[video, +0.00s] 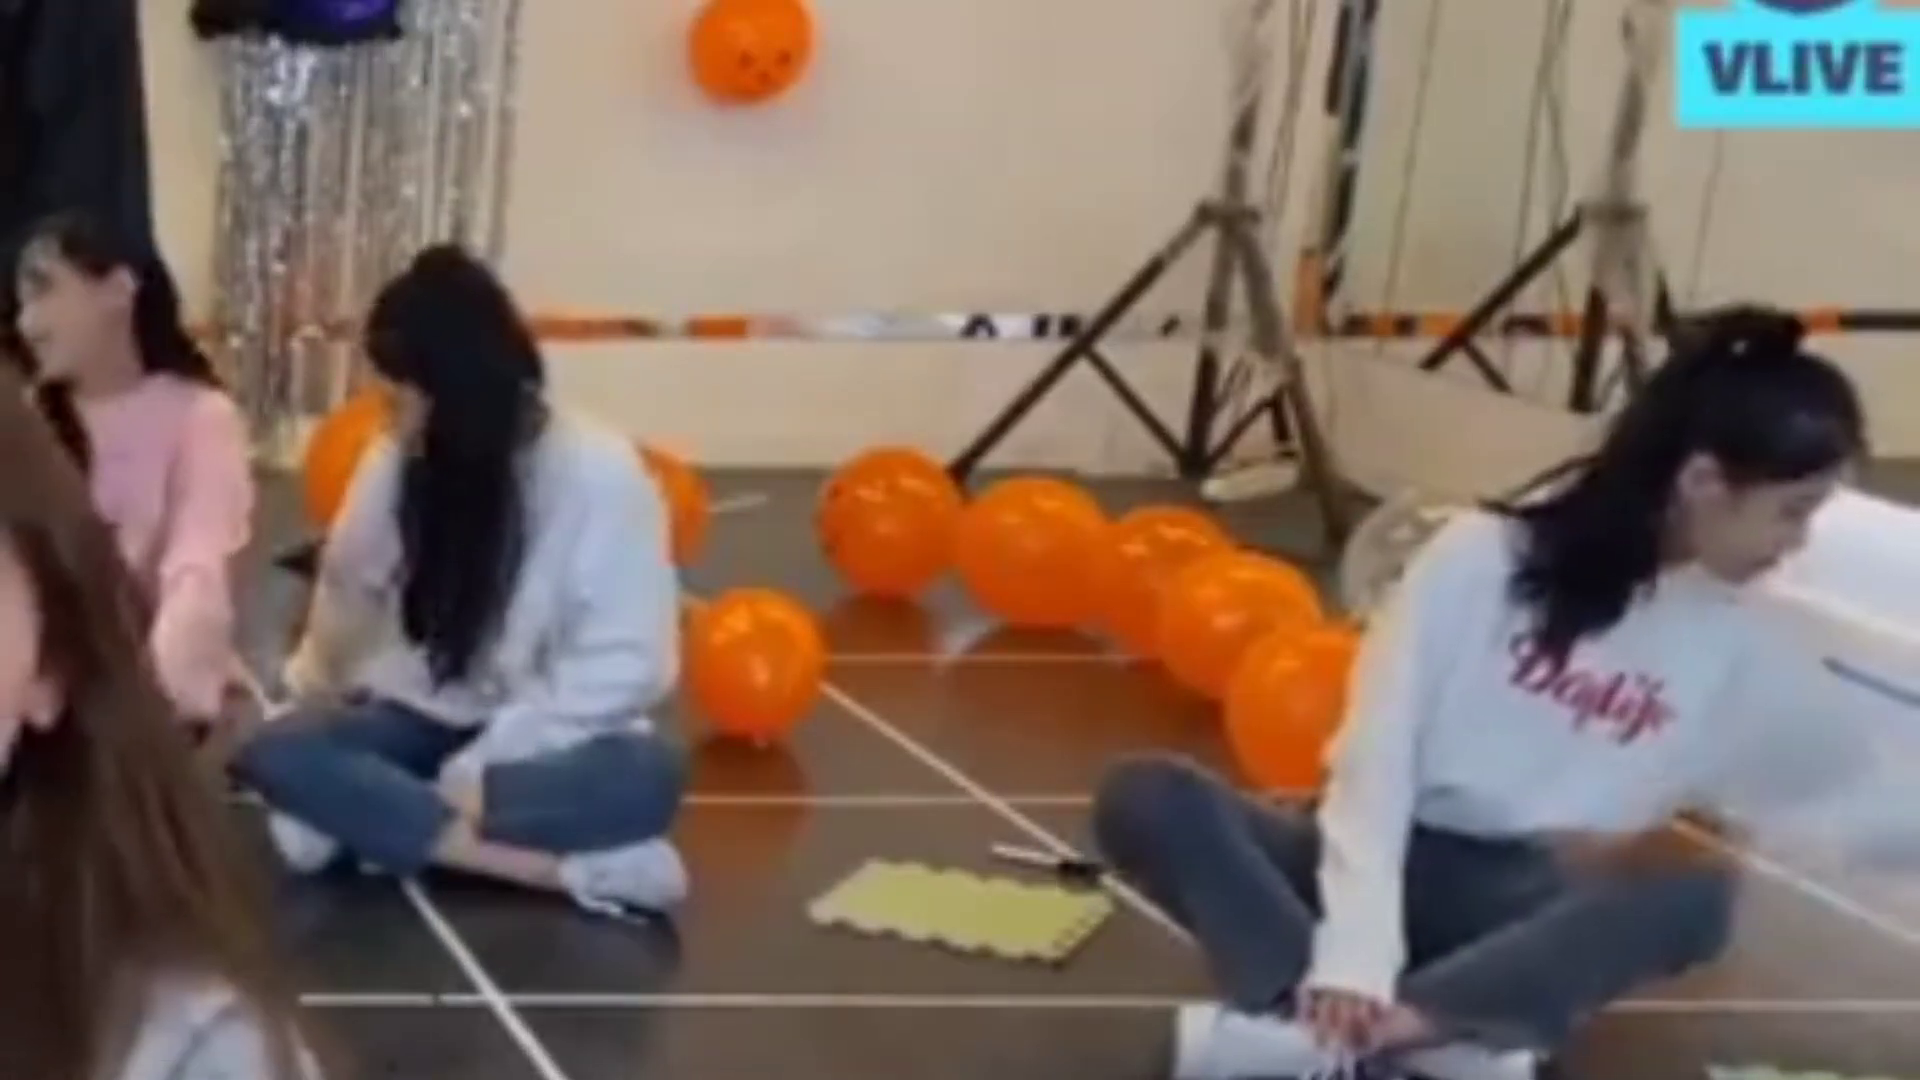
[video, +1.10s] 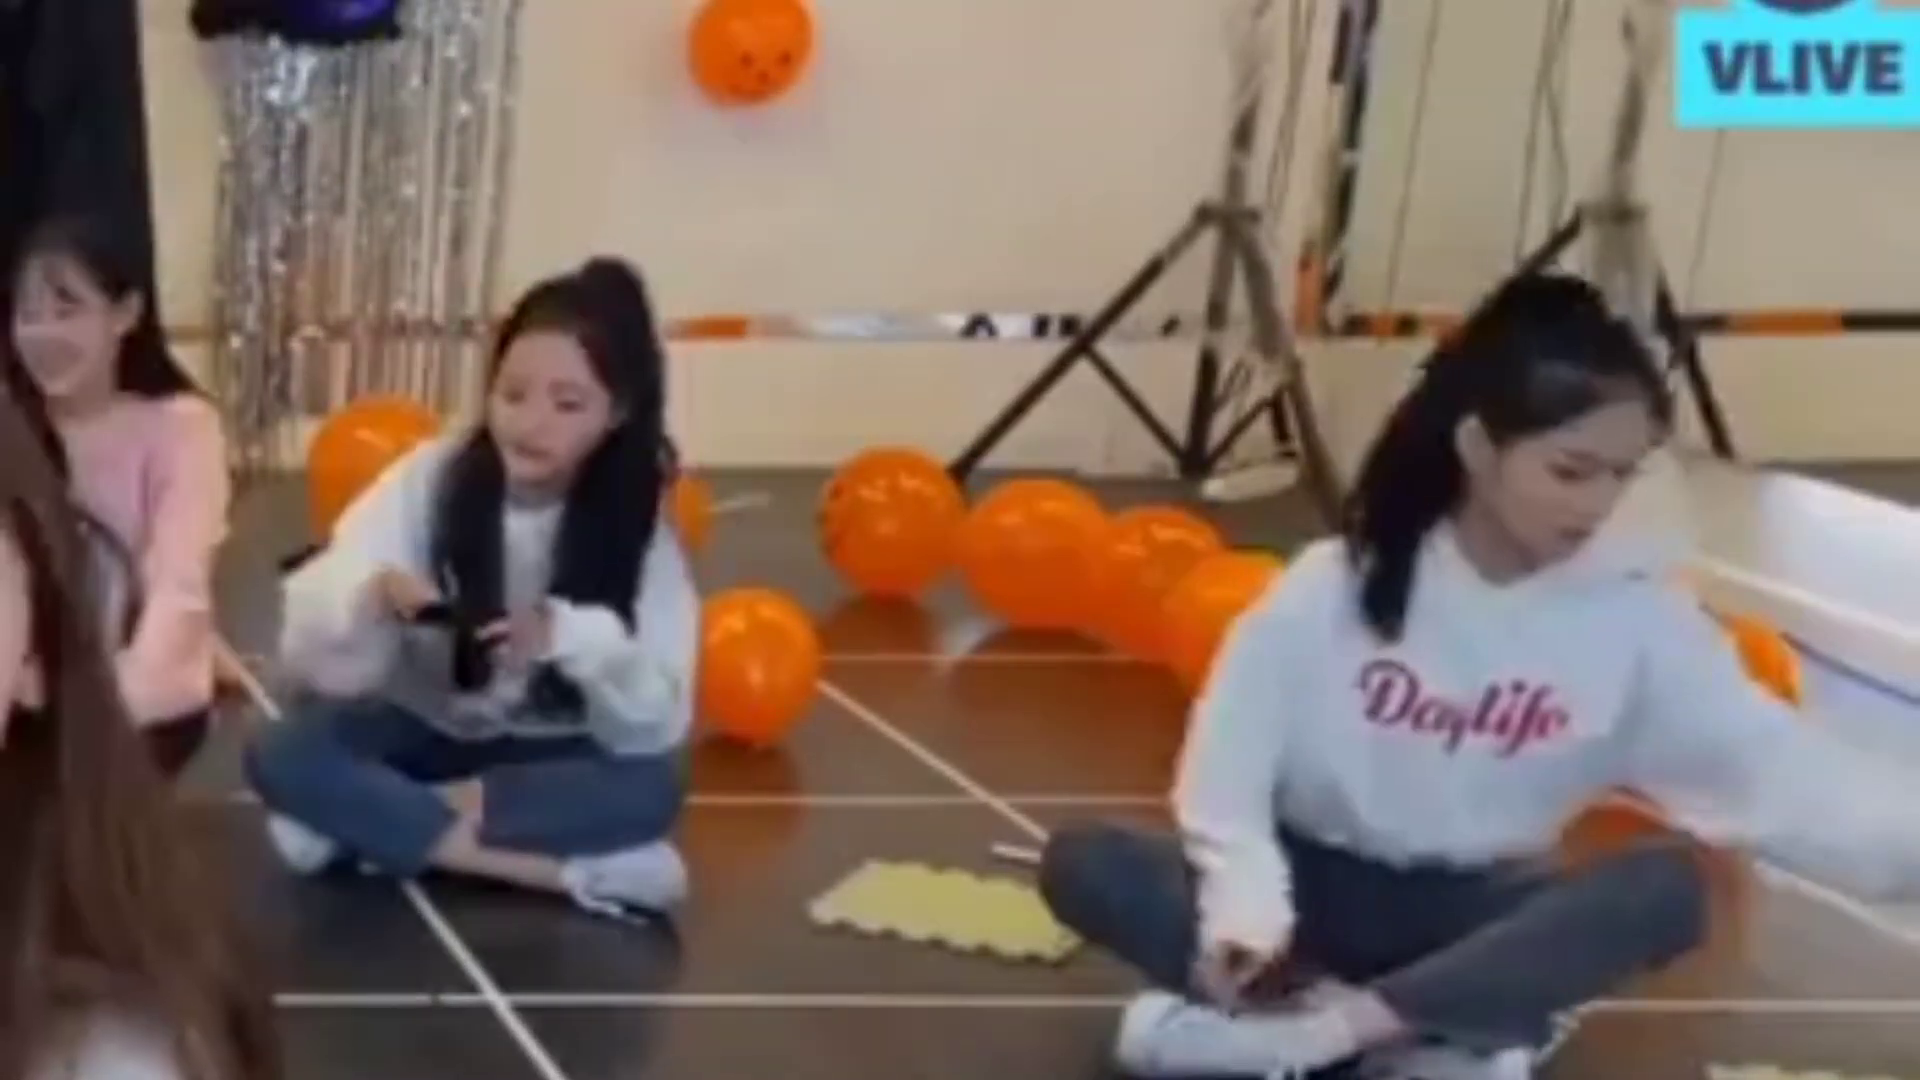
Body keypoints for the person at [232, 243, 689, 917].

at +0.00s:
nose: (390, 405)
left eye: (401, 385)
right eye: (388, 383)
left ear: (453, 379)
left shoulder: (601, 473)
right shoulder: (402, 463)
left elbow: (629, 664)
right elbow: (346, 596)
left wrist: (479, 770)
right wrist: (309, 693)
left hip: (551, 722)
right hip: (425, 711)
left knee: (647, 777)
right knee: (275, 753)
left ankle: (371, 834)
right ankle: (552, 875)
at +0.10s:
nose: (405, 395)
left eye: (422, 374)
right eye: (404, 370)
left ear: (478, 372)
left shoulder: (607, 473)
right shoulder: (400, 464)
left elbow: (639, 668)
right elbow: (340, 614)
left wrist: (483, 748)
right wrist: (301, 694)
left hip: (549, 725)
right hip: (417, 711)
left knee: (647, 778)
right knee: (279, 750)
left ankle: (366, 833)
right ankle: (553, 876)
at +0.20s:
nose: (415, 402)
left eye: (433, 385)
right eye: (416, 381)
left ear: (497, 377)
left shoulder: (613, 471)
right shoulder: (406, 457)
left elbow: (644, 674)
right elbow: (342, 626)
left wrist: (481, 728)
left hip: (553, 726)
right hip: (421, 709)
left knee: (647, 779)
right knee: (284, 750)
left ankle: (368, 830)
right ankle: (554, 875)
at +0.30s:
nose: (432, 399)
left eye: (451, 378)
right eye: (428, 375)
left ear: (518, 372)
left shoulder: (620, 476)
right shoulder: (413, 454)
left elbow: (640, 675)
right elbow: (345, 599)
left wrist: (454, 694)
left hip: (545, 732)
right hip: (412, 720)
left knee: (645, 778)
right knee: (282, 750)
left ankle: (371, 831)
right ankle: (556, 876)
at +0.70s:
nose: (505, 373)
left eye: (544, 361)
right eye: (503, 340)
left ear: (611, 384)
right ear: (487, 334)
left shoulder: (630, 507)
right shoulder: (438, 443)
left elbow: (642, 701)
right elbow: (335, 524)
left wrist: (482, 642)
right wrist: (318, 574)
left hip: (540, 737)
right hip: (411, 715)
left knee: (648, 787)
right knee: (284, 750)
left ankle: (367, 832)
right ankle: (553, 876)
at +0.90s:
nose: (529, 392)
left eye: (566, 376)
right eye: (524, 360)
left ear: (627, 398)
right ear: (503, 353)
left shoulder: (638, 516)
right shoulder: (441, 455)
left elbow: (651, 707)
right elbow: (296, 586)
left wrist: (532, 636)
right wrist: (336, 591)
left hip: (546, 737)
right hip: (419, 717)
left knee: (651, 789)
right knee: (283, 752)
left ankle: (369, 832)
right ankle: (553, 876)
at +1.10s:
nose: (531, 425)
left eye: (567, 405)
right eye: (513, 396)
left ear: (619, 417)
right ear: (488, 391)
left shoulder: (635, 529)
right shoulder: (430, 479)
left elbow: (657, 719)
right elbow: (303, 646)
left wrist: (571, 637)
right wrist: (374, 602)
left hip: (550, 742)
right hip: (421, 726)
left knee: (649, 790)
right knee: (282, 753)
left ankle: (373, 834)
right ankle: (554, 877)